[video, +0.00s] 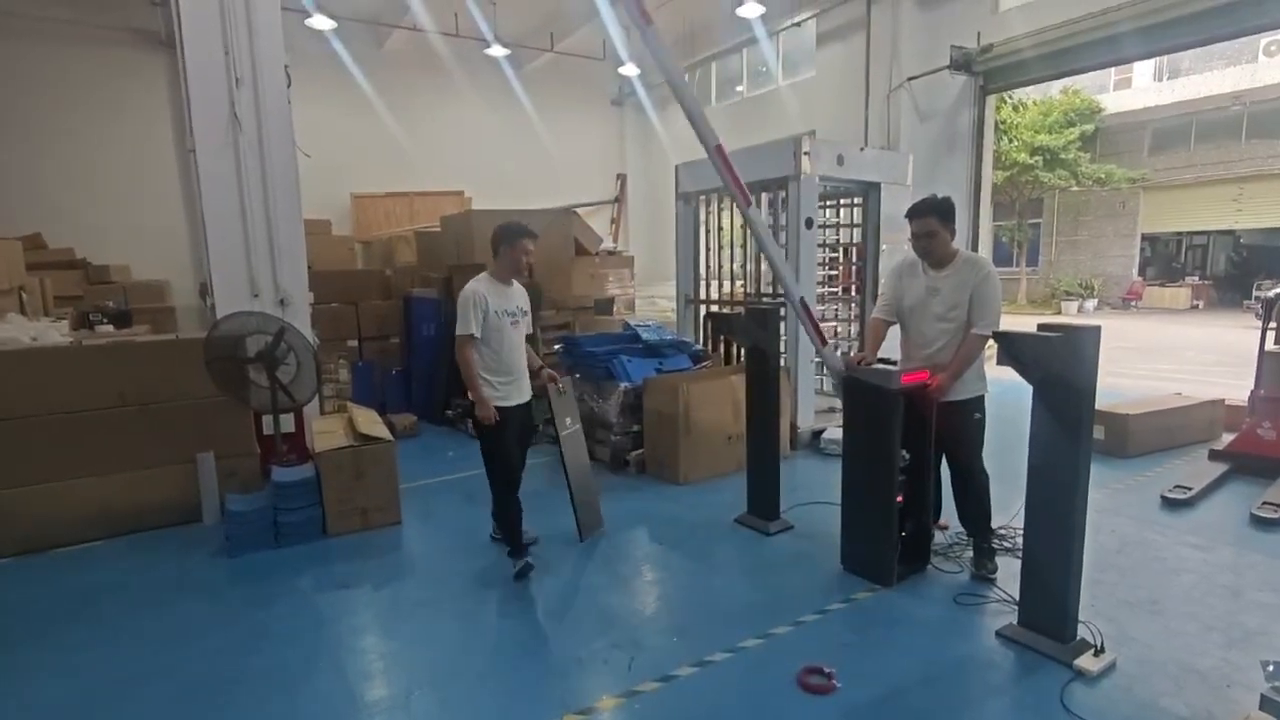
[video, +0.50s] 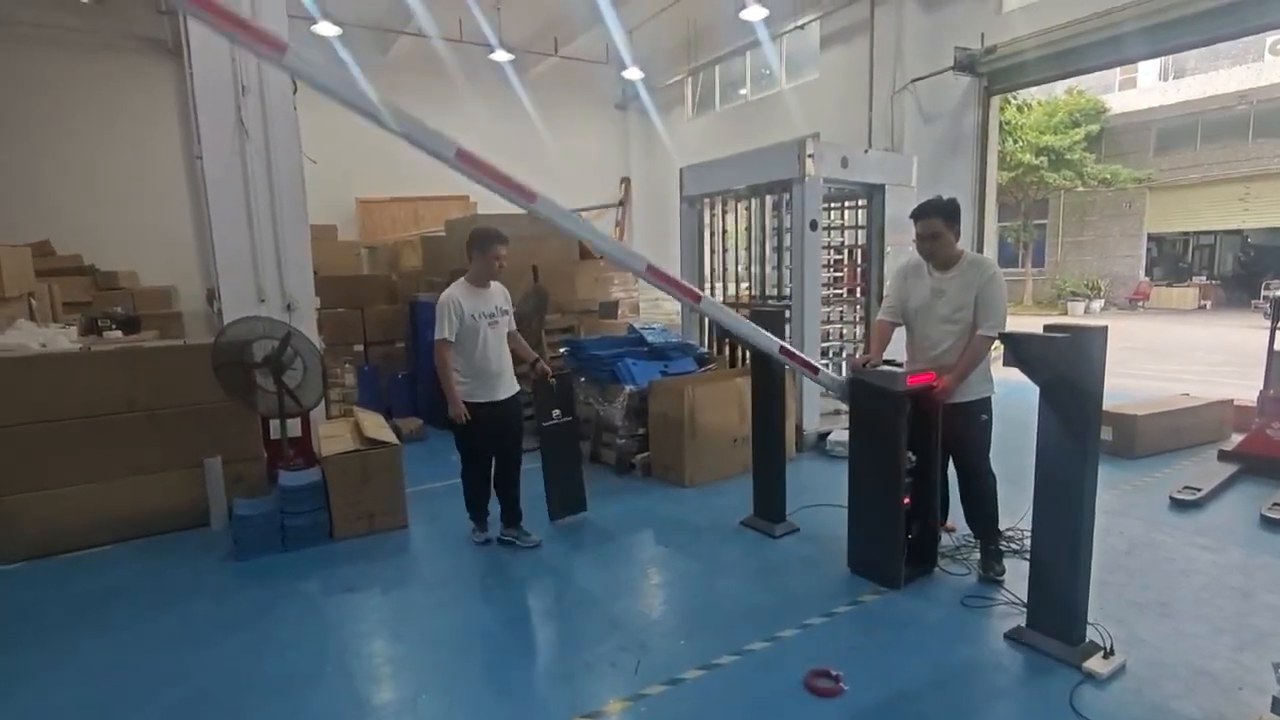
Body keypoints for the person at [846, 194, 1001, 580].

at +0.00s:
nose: (919, 245)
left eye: (927, 237)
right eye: (914, 237)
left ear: (951, 233)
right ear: (909, 235)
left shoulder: (979, 271)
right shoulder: (902, 270)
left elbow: (980, 332)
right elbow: (881, 316)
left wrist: (950, 374)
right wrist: (868, 351)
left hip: (962, 392)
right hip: (915, 390)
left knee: (967, 471)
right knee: (918, 472)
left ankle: (982, 544)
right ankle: (915, 549)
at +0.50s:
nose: (922, 246)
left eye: (930, 238)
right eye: (918, 238)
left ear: (955, 234)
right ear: (914, 235)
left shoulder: (985, 273)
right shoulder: (908, 271)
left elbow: (986, 334)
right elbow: (887, 317)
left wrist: (954, 377)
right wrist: (873, 354)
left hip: (969, 394)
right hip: (921, 393)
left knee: (975, 473)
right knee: (925, 474)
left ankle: (990, 545)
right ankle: (923, 548)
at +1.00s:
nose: (924, 245)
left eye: (932, 237)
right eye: (920, 237)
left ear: (958, 233)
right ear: (918, 234)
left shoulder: (989, 272)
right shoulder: (911, 271)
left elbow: (991, 333)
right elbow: (891, 318)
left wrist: (959, 376)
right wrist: (878, 354)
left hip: (974, 393)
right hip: (926, 393)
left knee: (980, 474)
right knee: (931, 474)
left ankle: (996, 546)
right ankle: (928, 551)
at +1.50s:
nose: (923, 243)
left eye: (931, 235)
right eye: (920, 235)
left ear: (958, 232)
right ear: (919, 232)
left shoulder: (990, 270)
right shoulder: (912, 270)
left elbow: (991, 332)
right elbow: (891, 316)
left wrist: (961, 375)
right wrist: (879, 353)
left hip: (976, 392)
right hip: (928, 392)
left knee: (983, 472)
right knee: (933, 473)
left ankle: (998, 544)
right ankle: (930, 552)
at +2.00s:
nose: (919, 240)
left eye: (926, 234)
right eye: (917, 233)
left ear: (956, 231)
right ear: (921, 231)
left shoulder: (990, 269)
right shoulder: (912, 268)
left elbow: (992, 331)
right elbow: (892, 314)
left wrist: (961, 375)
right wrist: (880, 351)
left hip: (976, 391)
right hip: (928, 392)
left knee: (982, 471)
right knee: (933, 472)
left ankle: (998, 544)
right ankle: (931, 548)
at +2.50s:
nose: (916, 241)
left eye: (924, 234)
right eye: (915, 233)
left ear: (953, 232)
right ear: (929, 232)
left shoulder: (989, 268)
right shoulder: (912, 267)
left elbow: (991, 330)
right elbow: (892, 313)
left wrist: (960, 374)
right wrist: (880, 350)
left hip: (975, 389)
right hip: (927, 390)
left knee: (982, 471)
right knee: (932, 471)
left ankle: (997, 543)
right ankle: (930, 545)